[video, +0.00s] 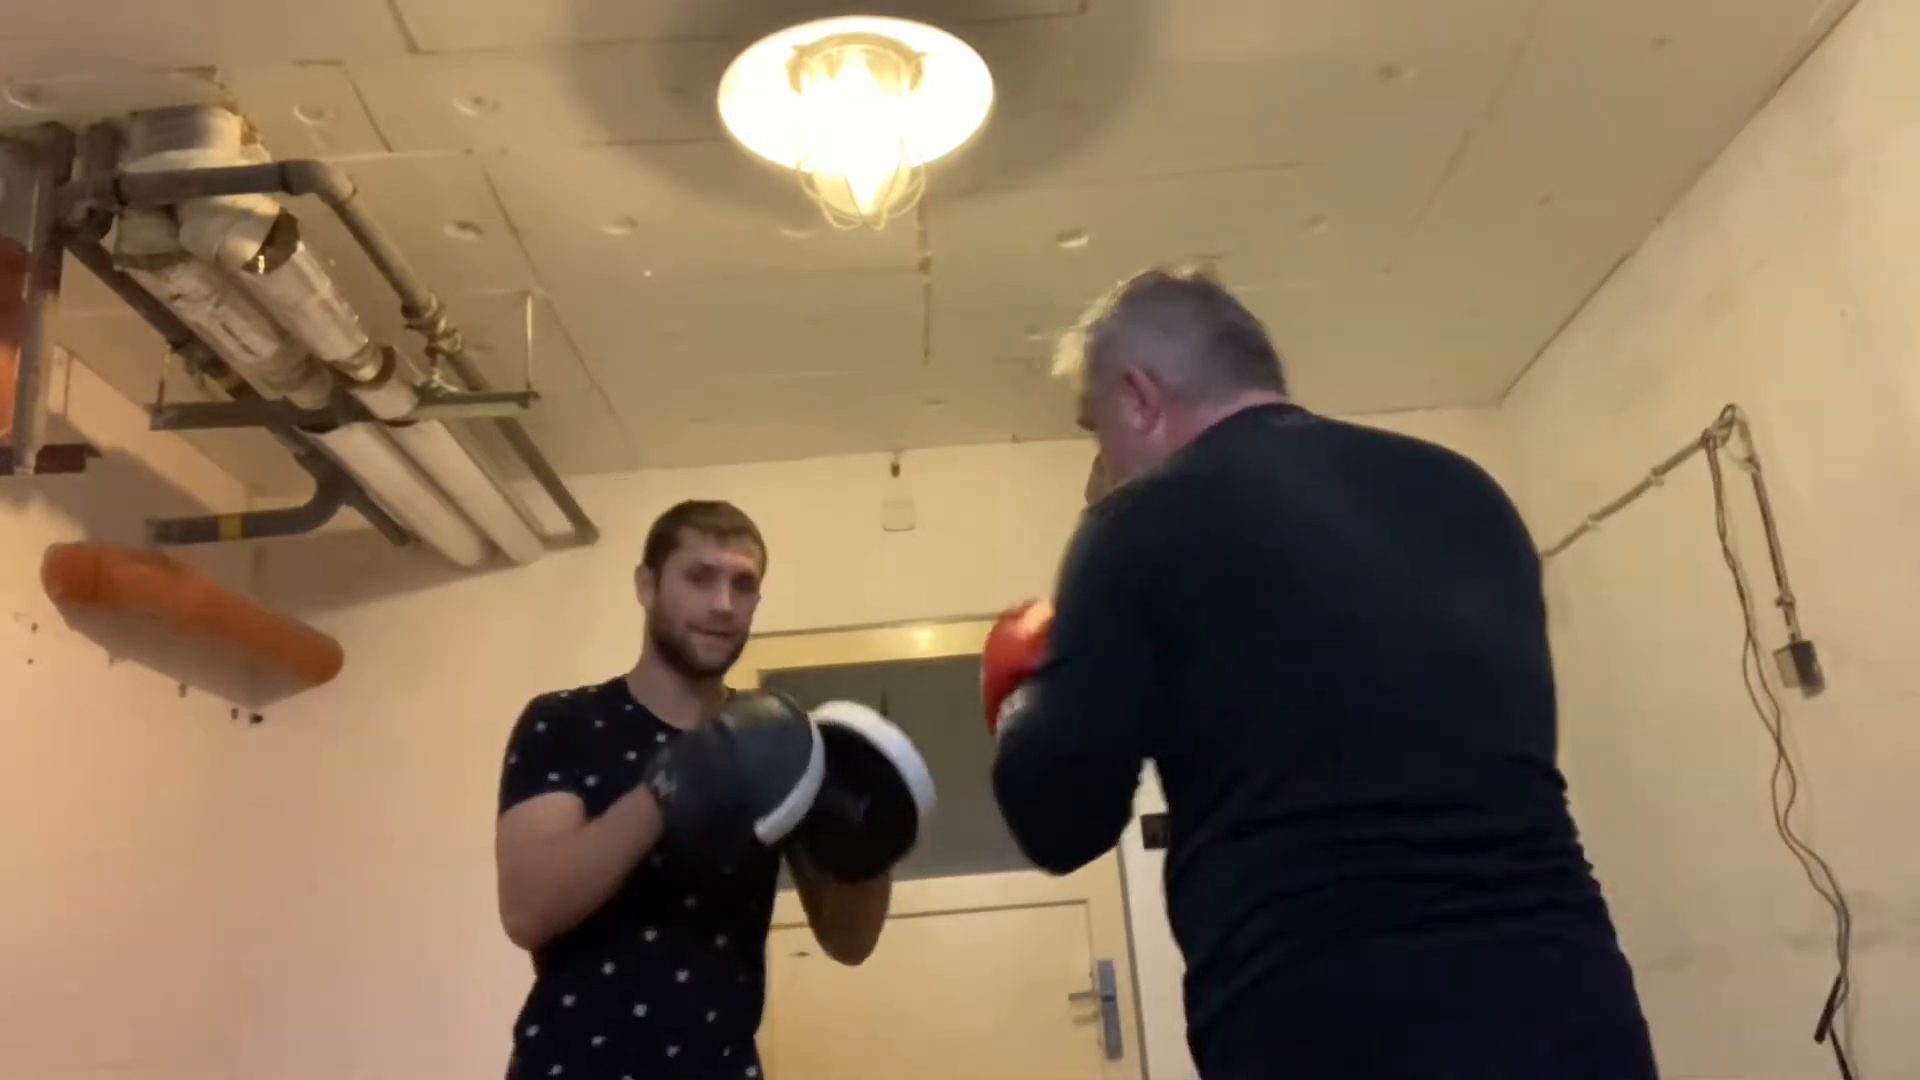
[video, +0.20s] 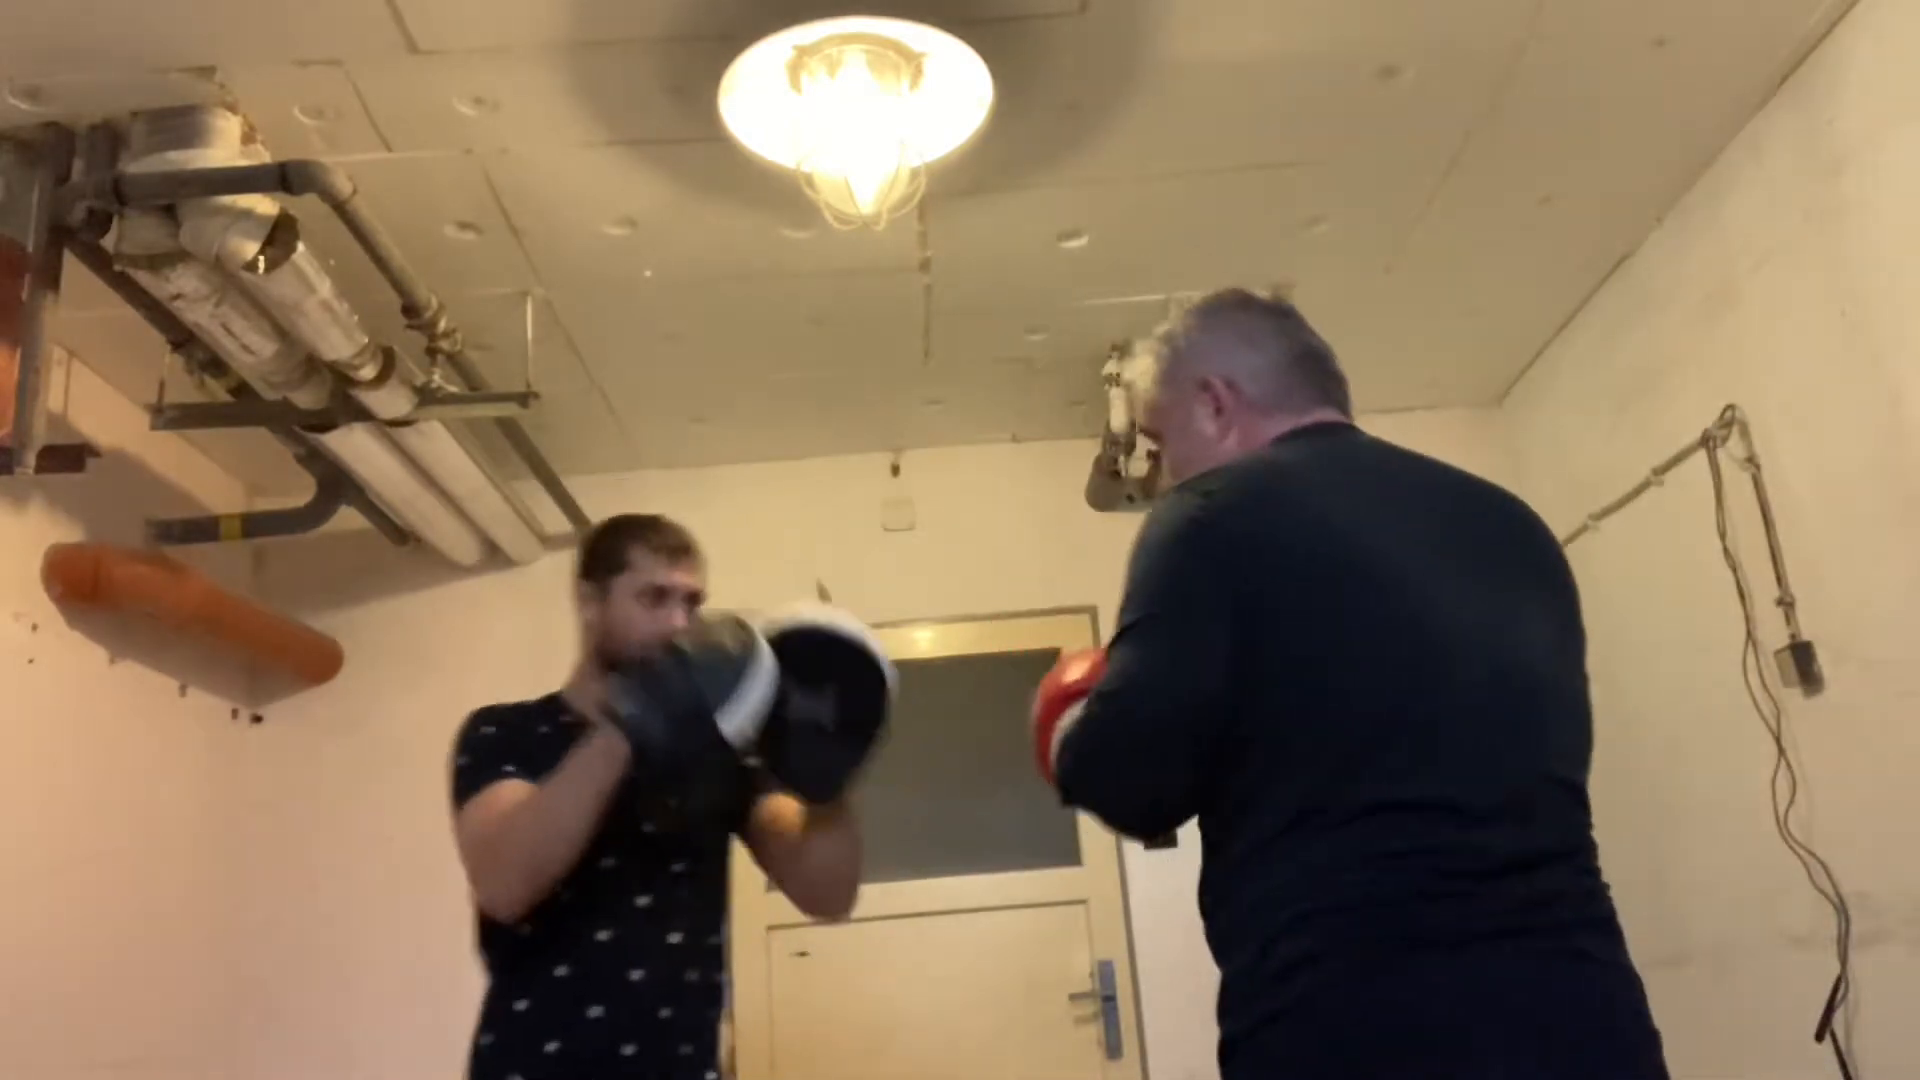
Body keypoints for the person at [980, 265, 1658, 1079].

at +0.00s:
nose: (1099, 470)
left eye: (1095, 429)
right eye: (1090, 436)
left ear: (1141, 397)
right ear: (1261, 376)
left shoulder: (1142, 528)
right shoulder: (1466, 488)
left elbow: (1059, 823)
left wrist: (1017, 690)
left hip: (1308, 1016)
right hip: (1558, 989)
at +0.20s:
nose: (1166, 475)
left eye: (1161, 441)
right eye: (1155, 451)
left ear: (1218, 406)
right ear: (1329, 396)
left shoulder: (1212, 519)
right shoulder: (1513, 521)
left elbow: (1138, 784)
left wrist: (1068, 719)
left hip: (1332, 1023)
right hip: (1577, 1010)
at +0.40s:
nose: (1157, 481)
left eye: (1155, 455)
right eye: (1148, 463)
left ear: (1212, 417)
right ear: (1321, 406)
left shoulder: (1214, 511)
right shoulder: (1507, 525)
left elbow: (1088, 745)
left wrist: (1026, 651)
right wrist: (1135, 616)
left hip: (1313, 1020)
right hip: (1549, 1009)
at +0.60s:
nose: (1100, 498)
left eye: (1095, 473)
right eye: (1095, 477)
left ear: (1125, 444)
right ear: (1253, 427)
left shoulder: (1108, 540)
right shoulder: (1440, 531)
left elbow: (891, 667)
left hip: (1228, 1027)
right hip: (1471, 1024)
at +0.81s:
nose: (934, 518)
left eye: (930, 498)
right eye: (931, 501)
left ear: (957, 476)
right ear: (1089, 456)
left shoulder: (945, 569)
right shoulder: (1264, 559)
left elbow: (775, 647)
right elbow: (1445, 761)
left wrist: (700, 612)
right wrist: (1265, 782)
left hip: (1080, 1038)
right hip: (1316, 1032)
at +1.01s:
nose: (734, 526)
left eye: (734, 482)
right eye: (725, 489)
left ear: (800, 453)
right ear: (884, 445)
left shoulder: (810, 582)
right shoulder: (1071, 549)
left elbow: (648, 817)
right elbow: (1237, 614)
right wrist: (1283, 705)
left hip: (954, 1044)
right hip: (1159, 1025)